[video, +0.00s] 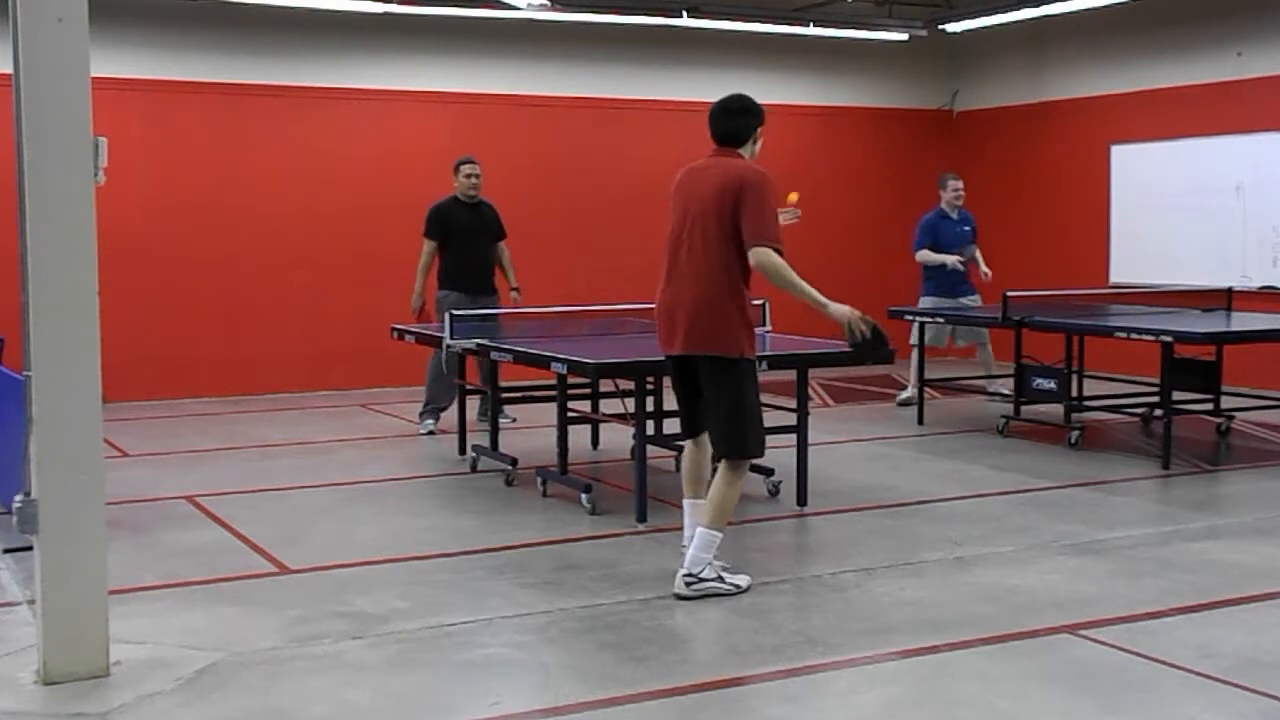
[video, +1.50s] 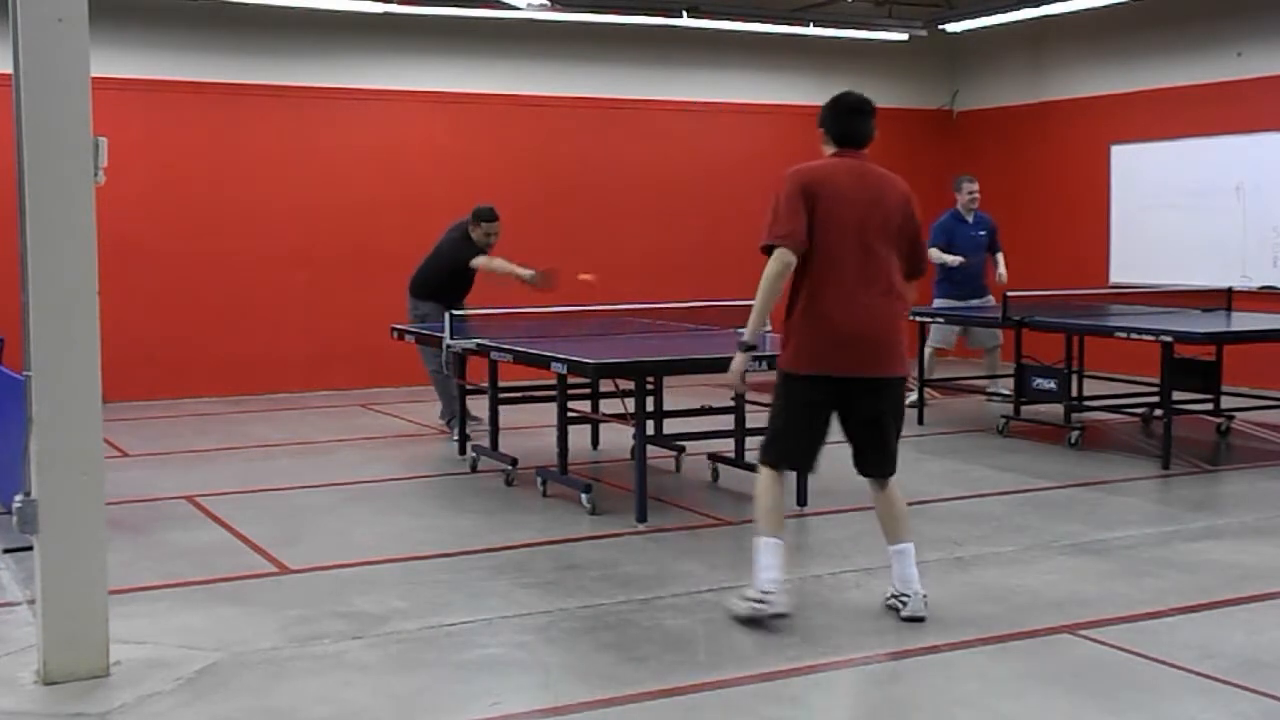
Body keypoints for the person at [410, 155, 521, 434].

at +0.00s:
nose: (473, 181)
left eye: (477, 176)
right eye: (468, 176)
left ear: (482, 180)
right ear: (456, 180)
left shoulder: (488, 211)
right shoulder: (441, 211)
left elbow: (501, 248)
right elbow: (428, 252)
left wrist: (513, 284)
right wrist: (418, 292)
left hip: (486, 295)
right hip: (453, 295)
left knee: (491, 352)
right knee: (448, 352)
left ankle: (490, 407)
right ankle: (431, 412)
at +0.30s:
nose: (458, 180)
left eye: (461, 175)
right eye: (452, 175)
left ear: (466, 178)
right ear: (439, 178)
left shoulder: (474, 207)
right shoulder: (425, 209)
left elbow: (485, 243)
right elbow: (414, 248)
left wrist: (497, 277)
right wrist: (418, 284)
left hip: (470, 293)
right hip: (436, 294)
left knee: (481, 351)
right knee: (433, 354)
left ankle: (482, 408)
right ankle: (429, 412)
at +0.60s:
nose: (464, 186)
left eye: (468, 181)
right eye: (458, 181)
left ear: (472, 181)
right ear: (446, 182)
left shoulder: (480, 208)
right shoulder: (430, 211)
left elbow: (490, 243)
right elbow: (416, 251)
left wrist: (502, 274)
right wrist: (429, 288)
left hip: (472, 295)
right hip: (437, 297)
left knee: (485, 349)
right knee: (434, 354)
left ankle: (488, 404)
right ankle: (429, 412)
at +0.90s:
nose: (485, 211)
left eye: (489, 205)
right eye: (479, 205)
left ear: (493, 204)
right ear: (467, 204)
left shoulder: (499, 228)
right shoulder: (447, 226)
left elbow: (507, 261)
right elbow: (422, 256)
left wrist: (518, 294)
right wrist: (450, 282)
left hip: (480, 296)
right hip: (446, 296)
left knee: (488, 350)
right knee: (448, 349)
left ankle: (486, 408)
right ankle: (445, 408)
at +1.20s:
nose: (497, 233)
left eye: (501, 227)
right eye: (491, 228)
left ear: (505, 225)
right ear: (477, 225)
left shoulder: (498, 242)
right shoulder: (459, 245)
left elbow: (488, 264)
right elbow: (432, 287)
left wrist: (490, 284)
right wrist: (462, 308)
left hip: (465, 305)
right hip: (435, 306)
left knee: (480, 355)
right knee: (442, 363)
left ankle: (483, 408)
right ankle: (455, 418)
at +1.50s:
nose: (493, 240)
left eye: (496, 234)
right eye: (488, 234)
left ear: (498, 229)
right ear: (473, 228)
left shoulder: (473, 232)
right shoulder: (459, 245)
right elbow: (489, 264)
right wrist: (521, 272)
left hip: (452, 302)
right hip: (427, 303)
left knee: (459, 354)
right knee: (438, 361)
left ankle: (457, 406)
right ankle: (453, 416)